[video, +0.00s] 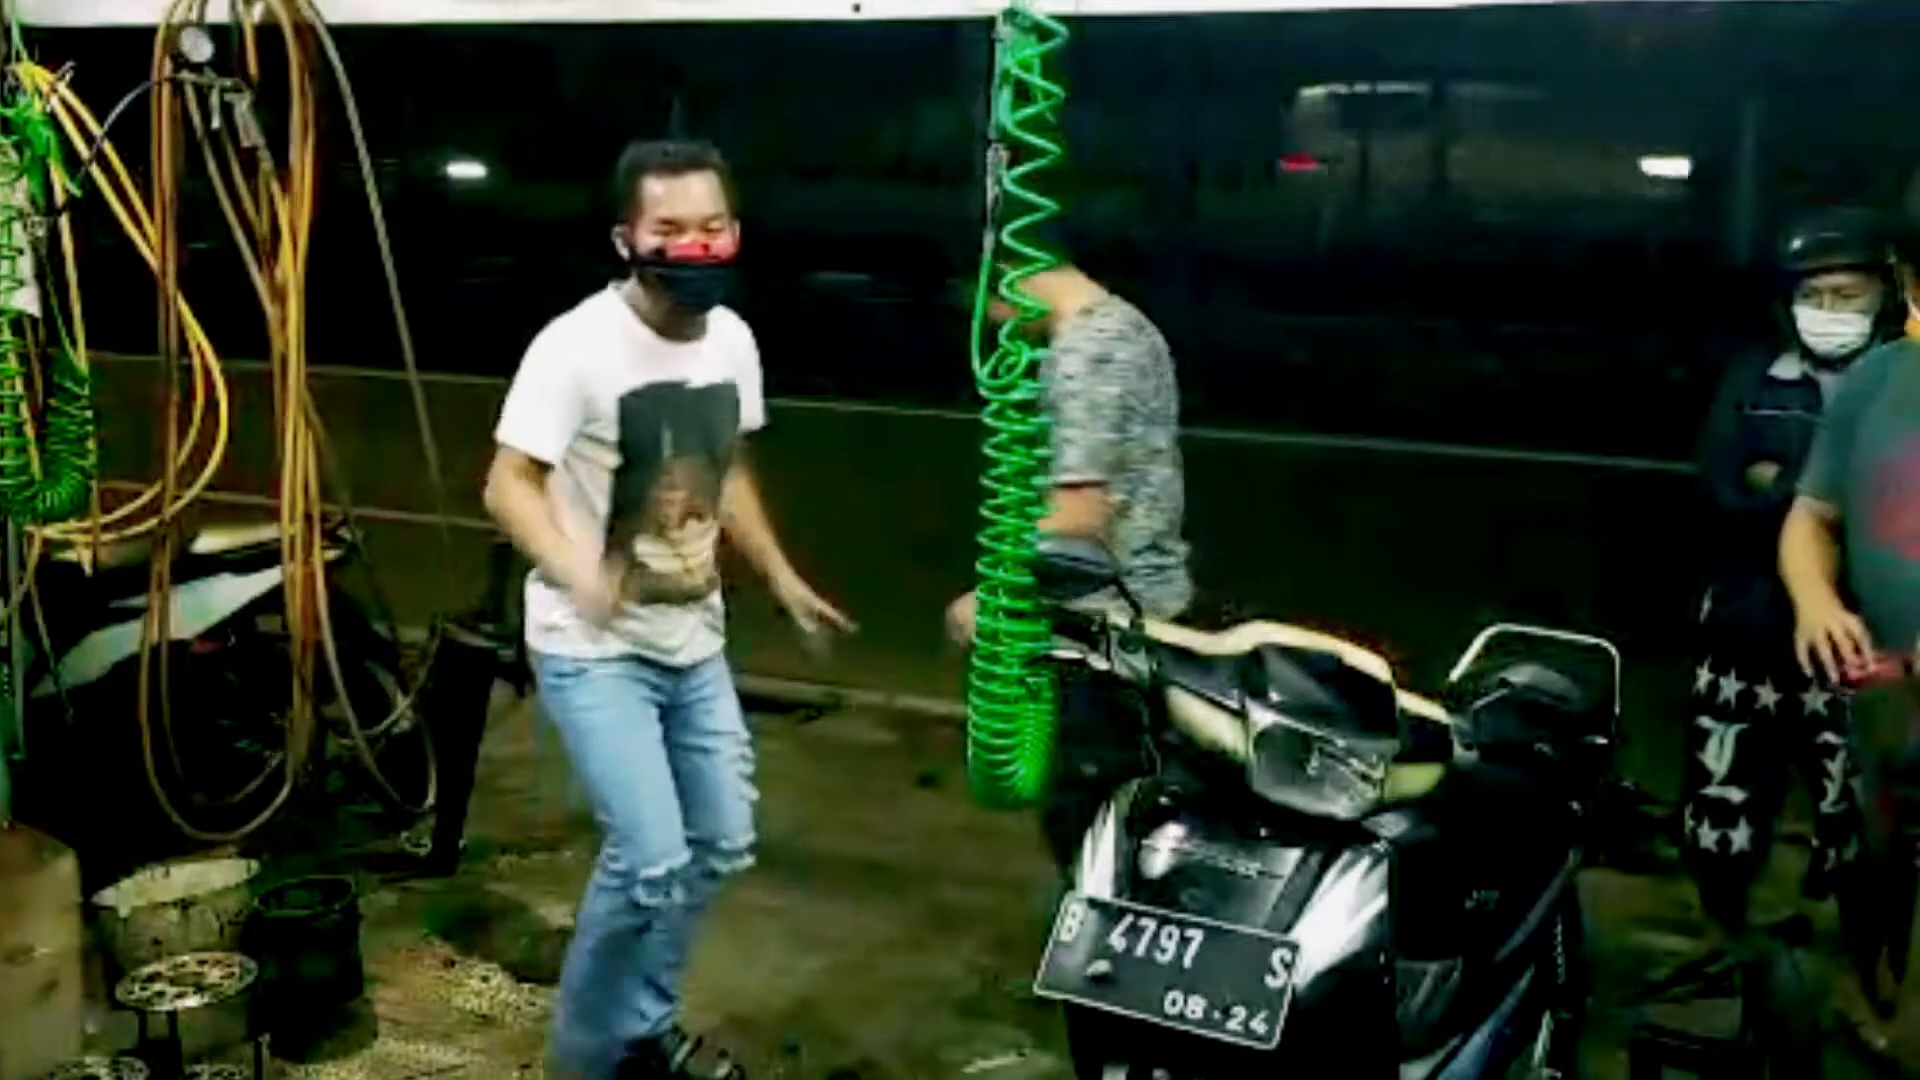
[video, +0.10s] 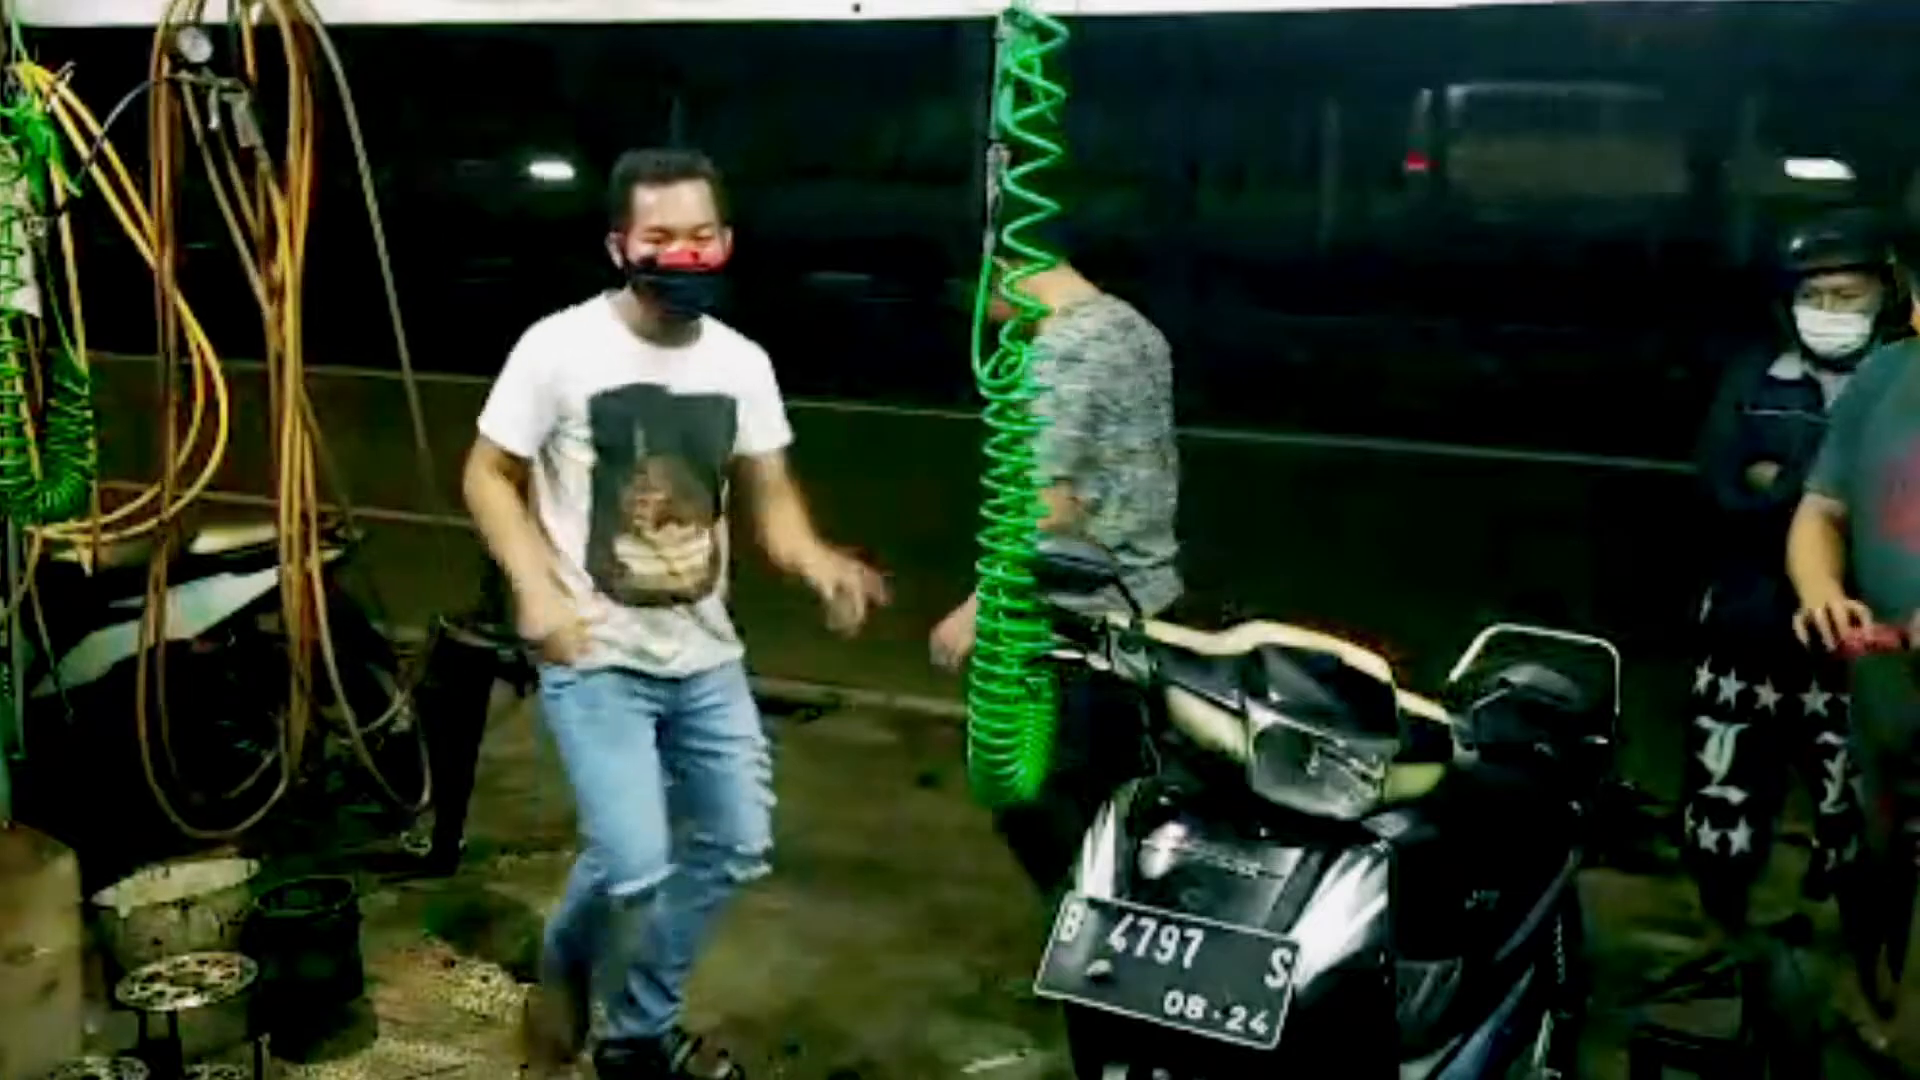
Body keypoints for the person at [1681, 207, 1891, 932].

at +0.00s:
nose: (1833, 311)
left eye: (1852, 294)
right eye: (1816, 294)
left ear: (1883, 301)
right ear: (1789, 301)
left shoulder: (1890, 394)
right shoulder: (1755, 385)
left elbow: (1894, 497)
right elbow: (1714, 482)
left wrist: (1784, 484)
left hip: (1850, 633)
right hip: (1748, 628)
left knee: (1853, 810)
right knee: (1723, 808)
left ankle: (1861, 953)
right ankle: (1723, 933)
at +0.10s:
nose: (1834, 310)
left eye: (1853, 293)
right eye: (1817, 293)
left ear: (1882, 299)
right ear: (1789, 301)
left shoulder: (1892, 393)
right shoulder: (1754, 384)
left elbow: (1897, 494)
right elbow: (1716, 483)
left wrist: (1784, 481)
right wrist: (1823, 501)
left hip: (1851, 632)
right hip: (1748, 628)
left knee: (1852, 805)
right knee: (1725, 803)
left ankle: (1859, 945)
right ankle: (1723, 933)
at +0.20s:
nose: (1834, 307)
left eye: (1852, 291)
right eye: (1818, 291)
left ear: (1884, 299)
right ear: (1792, 300)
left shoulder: (1892, 395)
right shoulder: (1755, 384)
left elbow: (1895, 498)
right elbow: (1716, 486)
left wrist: (1781, 483)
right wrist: (1826, 504)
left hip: (1848, 635)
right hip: (1746, 630)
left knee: (1852, 810)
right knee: (1722, 808)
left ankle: (1860, 950)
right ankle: (1724, 936)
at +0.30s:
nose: (1834, 309)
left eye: (1852, 292)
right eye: (1817, 292)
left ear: (1883, 300)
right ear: (1791, 299)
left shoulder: (1893, 395)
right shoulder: (1755, 383)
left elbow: (1894, 506)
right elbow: (1716, 491)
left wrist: (1779, 485)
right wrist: (1831, 509)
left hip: (1849, 638)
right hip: (1745, 634)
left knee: (1852, 817)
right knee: (1719, 820)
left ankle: (1861, 957)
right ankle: (1726, 940)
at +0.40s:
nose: (1835, 307)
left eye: (1853, 291)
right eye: (1818, 292)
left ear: (1879, 299)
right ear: (1790, 300)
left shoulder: (1894, 393)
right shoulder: (1753, 385)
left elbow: (1890, 504)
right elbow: (1714, 491)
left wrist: (1777, 484)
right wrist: (1835, 507)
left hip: (1851, 632)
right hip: (1746, 625)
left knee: (1851, 814)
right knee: (1721, 815)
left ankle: (1858, 957)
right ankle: (1722, 940)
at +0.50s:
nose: (1827, 313)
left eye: (1842, 300)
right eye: (1813, 298)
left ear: (1869, 309)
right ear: (1789, 305)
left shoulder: (1889, 396)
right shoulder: (1751, 387)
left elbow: (1888, 503)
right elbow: (1714, 491)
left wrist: (1779, 480)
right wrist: (1843, 496)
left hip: (1853, 636)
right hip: (1745, 627)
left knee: (1854, 817)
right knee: (1720, 800)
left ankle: (1856, 983)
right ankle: (1721, 939)